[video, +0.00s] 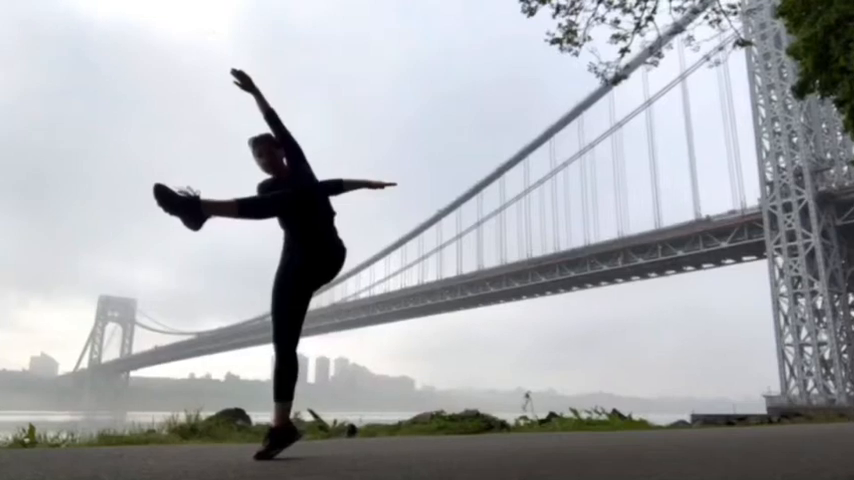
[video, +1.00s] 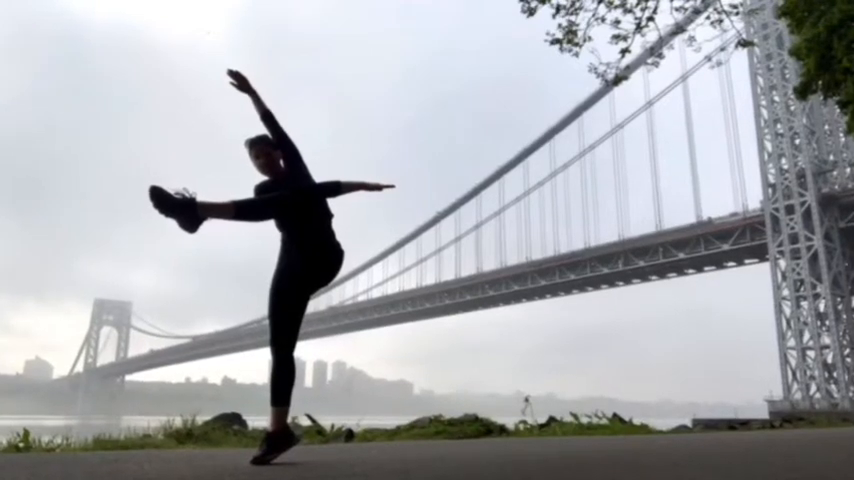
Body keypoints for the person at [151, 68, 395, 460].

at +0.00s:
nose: (263, 160)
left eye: (267, 153)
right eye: (258, 156)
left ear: (281, 150)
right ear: (257, 161)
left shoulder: (300, 170)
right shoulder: (268, 191)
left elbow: (281, 129)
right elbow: (325, 188)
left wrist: (255, 91)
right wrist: (367, 184)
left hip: (326, 253)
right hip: (296, 262)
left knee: (285, 201)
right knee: (285, 343)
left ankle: (202, 209)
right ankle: (282, 425)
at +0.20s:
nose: (261, 160)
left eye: (266, 153)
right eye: (257, 157)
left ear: (280, 151)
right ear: (256, 161)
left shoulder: (300, 173)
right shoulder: (267, 192)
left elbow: (281, 130)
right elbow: (325, 188)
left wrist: (255, 92)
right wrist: (367, 185)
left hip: (325, 254)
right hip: (295, 263)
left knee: (283, 202)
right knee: (284, 343)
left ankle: (202, 209)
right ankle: (281, 426)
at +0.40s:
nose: (261, 160)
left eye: (266, 153)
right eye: (257, 157)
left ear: (280, 151)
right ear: (255, 162)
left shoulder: (299, 172)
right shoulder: (267, 192)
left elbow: (280, 131)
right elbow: (323, 189)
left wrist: (254, 92)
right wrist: (365, 185)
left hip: (325, 255)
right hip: (294, 263)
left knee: (284, 202)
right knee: (284, 344)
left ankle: (201, 209)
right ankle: (281, 426)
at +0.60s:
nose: (261, 161)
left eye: (265, 154)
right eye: (256, 158)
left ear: (280, 151)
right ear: (255, 162)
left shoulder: (299, 173)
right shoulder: (267, 193)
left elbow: (280, 131)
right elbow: (323, 189)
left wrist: (254, 93)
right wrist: (366, 185)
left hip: (324, 256)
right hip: (294, 264)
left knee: (283, 203)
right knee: (283, 345)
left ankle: (200, 210)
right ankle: (280, 427)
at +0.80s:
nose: (261, 161)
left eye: (265, 154)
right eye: (256, 158)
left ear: (279, 152)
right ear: (254, 163)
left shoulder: (298, 173)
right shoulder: (266, 192)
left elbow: (279, 131)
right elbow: (322, 189)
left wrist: (253, 92)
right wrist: (365, 186)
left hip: (324, 256)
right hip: (293, 265)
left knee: (284, 203)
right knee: (282, 346)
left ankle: (200, 210)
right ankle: (279, 428)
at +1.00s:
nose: (260, 161)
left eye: (264, 154)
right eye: (255, 158)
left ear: (279, 153)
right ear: (254, 163)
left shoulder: (297, 173)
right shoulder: (265, 193)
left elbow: (278, 131)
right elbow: (320, 190)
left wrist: (252, 93)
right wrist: (362, 186)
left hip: (323, 256)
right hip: (293, 265)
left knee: (281, 203)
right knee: (282, 346)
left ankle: (198, 211)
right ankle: (279, 429)